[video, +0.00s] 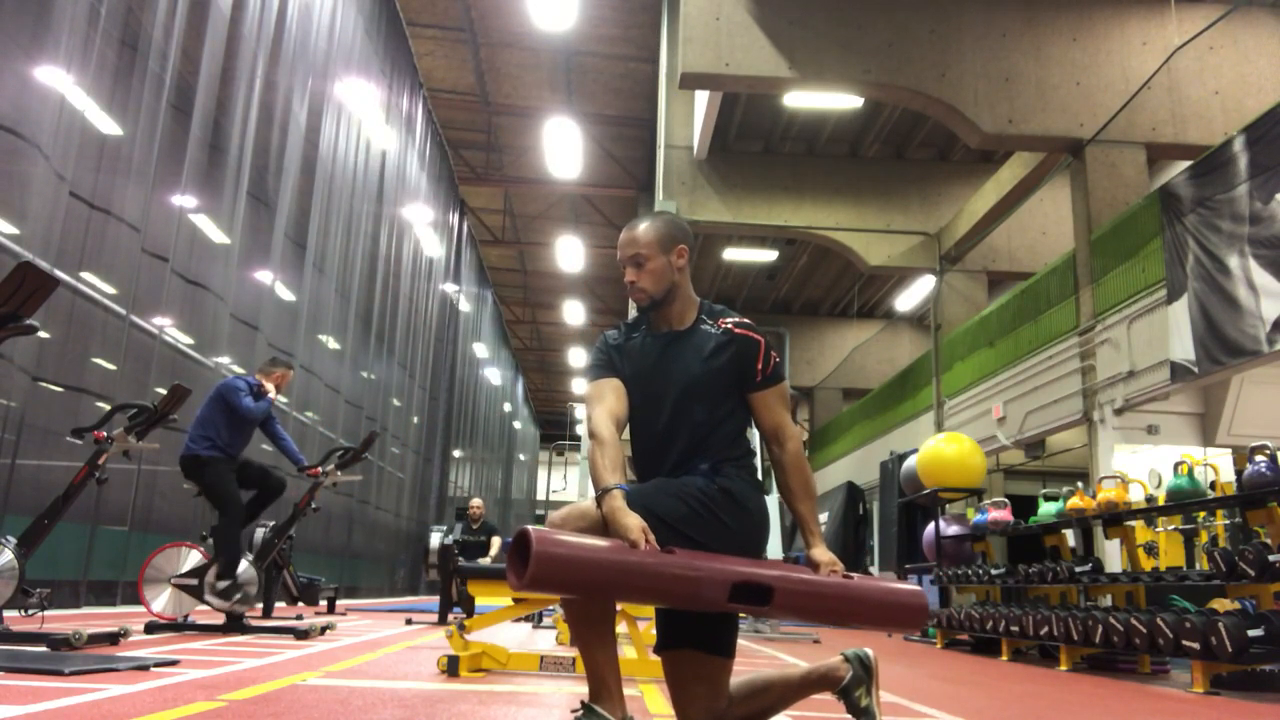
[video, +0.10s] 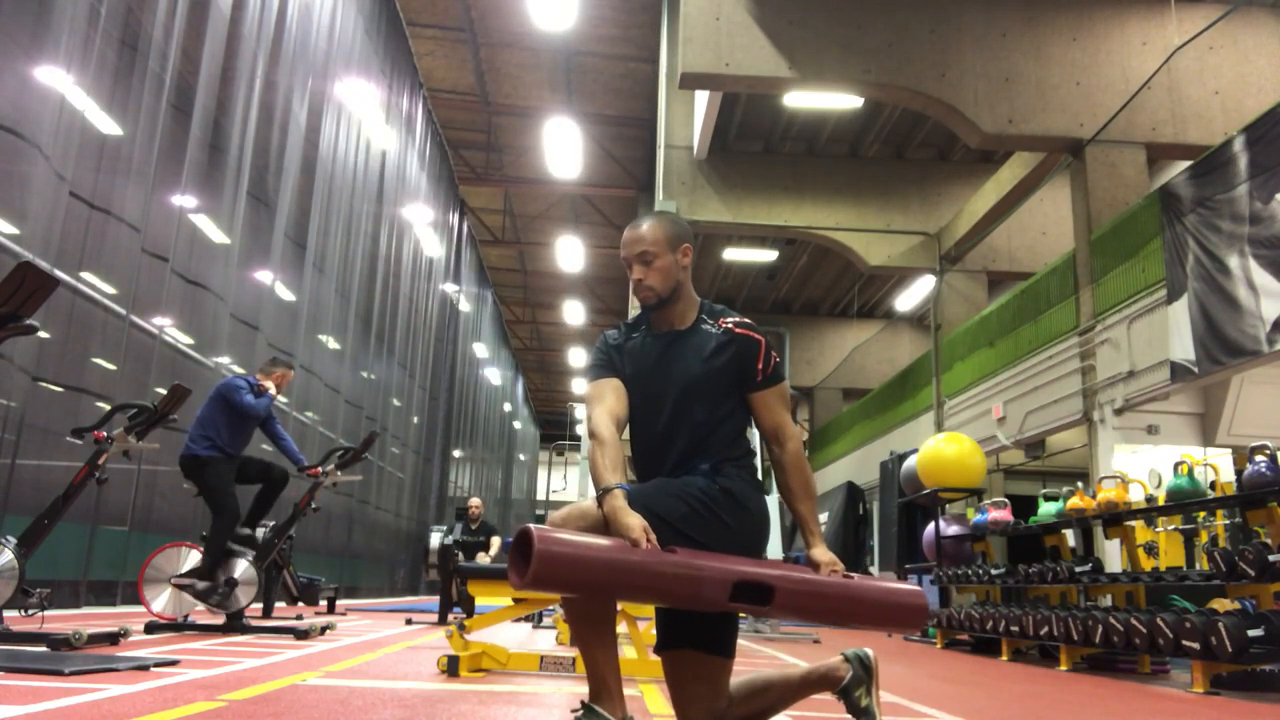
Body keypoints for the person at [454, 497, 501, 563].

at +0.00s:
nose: (474, 511)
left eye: (478, 508)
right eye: (472, 508)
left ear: (483, 511)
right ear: (468, 510)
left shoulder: (490, 527)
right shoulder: (461, 527)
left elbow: (496, 543)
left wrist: (489, 558)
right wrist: (456, 558)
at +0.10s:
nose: (473, 510)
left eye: (476, 507)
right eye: (470, 507)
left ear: (482, 510)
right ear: (467, 510)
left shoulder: (488, 527)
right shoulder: (459, 527)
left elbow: (496, 543)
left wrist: (489, 557)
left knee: (481, 555)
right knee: (456, 554)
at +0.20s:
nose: (471, 510)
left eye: (475, 507)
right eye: (469, 507)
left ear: (480, 509)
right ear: (465, 509)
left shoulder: (487, 527)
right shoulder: (458, 526)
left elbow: (495, 544)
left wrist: (488, 558)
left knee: (481, 550)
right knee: (455, 549)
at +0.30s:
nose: (469, 509)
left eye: (473, 506)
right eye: (467, 506)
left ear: (479, 509)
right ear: (463, 508)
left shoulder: (487, 527)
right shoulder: (457, 527)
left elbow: (495, 544)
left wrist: (489, 560)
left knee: (481, 547)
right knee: (455, 548)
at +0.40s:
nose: (468, 508)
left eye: (472, 505)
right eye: (466, 505)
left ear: (478, 508)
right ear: (462, 507)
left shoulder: (486, 527)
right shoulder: (456, 527)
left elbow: (495, 545)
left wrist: (489, 562)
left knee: (481, 543)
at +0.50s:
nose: (468, 507)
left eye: (471, 504)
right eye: (465, 504)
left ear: (477, 507)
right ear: (461, 507)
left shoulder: (487, 527)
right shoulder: (453, 527)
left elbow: (494, 546)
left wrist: (488, 565)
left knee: (481, 542)